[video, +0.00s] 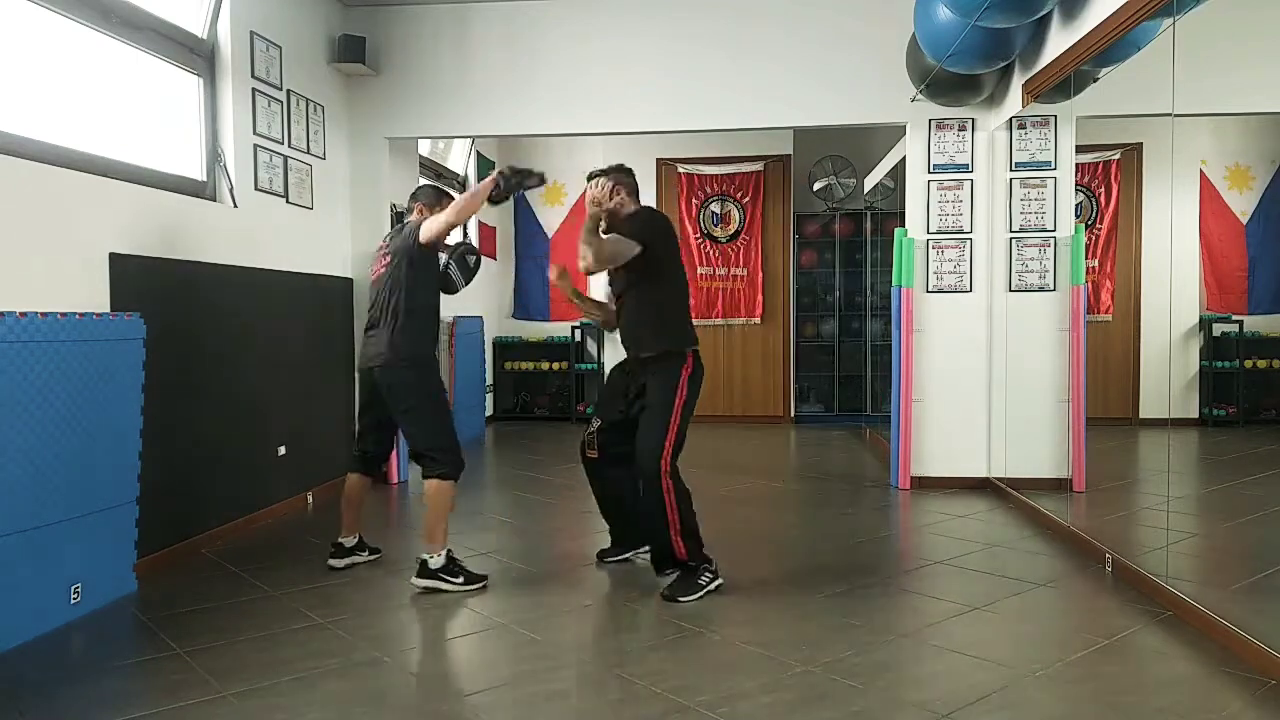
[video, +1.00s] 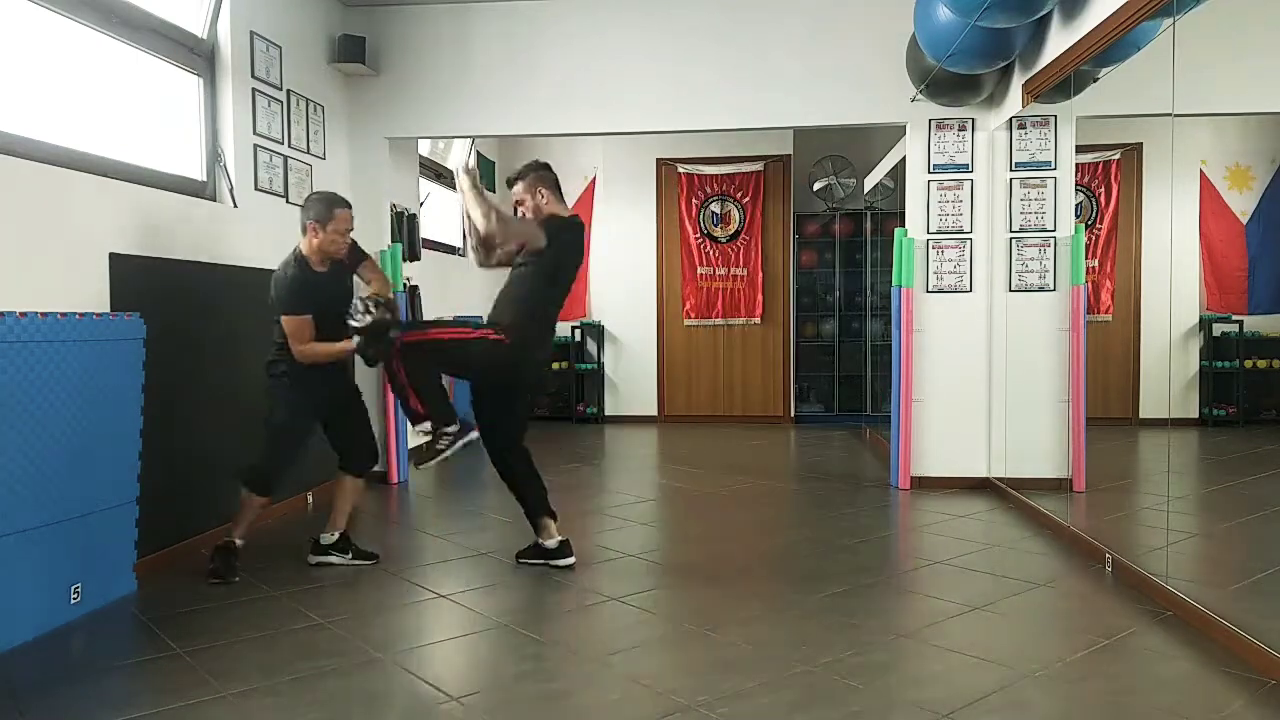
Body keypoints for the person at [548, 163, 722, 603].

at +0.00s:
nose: (592, 208)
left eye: (595, 199)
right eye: (591, 200)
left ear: (615, 192)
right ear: (619, 195)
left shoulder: (650, 222)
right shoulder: (624, 245)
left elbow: (591, 258)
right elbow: (611, 318)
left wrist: (591, 213)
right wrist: (571, 291)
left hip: (674, 363)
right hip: (637, 366)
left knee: (655, 462)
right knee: (599, 450)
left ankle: (696, 565)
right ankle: (630, 537)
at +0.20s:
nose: (581, 218)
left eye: (583, 210)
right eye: (579, 212)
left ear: (607, 206)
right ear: (596, 211)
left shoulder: (656, 239)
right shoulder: (595, 251)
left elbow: (620, 281)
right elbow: (531, 268)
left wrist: (590, 237)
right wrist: (554, 226)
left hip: (664, 380)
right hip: (618, 383)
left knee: (665, 472)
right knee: (566, 457)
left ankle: (696, 569)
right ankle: (581, 543)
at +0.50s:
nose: (553, 212)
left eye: (556, 203)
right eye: (553, 204)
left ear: (575, 200)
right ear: (581, 201)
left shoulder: (605, 229)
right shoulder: (584, 240)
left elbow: (558, 252)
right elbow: (546, 258)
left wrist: (553, 239)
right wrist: (523, 219)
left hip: (619, 373)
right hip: (587, 375)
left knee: (623, 482)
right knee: (545, 454)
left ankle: (693, 562)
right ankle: (562, 544)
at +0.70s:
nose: (533, 215)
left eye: (536, 208)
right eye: (533, 209)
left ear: (554, 205)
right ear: (574, 206)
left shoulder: (550, 235)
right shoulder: (604, 247)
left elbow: (483, 232)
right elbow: (543, 250)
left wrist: (464, 236)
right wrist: (506, 240)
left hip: (587, 374)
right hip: (574, 377)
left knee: (616, 473)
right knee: (538, 457)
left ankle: (696, 556)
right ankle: (558, 546)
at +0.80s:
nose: (526, 204)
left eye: (529, 197)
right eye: (525, 197)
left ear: (546, 197)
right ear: (566, 197)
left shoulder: (542, 224)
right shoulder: (596, 238)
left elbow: (467, 214)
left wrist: (504, 202)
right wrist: (519, 210)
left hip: (558, 362)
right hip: (575, 361)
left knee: (544, 465)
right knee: (529, 451)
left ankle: (635, 514)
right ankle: (557, 546)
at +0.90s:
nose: (519, 200)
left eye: (522, 191)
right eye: (521, 193)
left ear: (545, 187)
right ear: (552, 189)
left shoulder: (565, 216)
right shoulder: (549, 228)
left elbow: (501, 194)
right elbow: (498, 221)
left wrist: (476, 164)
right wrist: (476, 174)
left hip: (539, 349)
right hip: (552, 352)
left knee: (451, 416)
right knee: (530, 448)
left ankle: (516, 480)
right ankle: (558, 543)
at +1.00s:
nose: (520, 214)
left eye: (522, 204)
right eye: (517, 207)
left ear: (543, 194)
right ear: (544, 199)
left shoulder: (565, 227)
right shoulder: (546, 239)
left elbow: (496, 227)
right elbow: (486, 256)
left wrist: (465, 178)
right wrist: (467, 196)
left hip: (506, 346)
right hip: (514, 352)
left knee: (404, 347)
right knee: (504, 447)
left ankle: (446, 427)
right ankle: (551, 540)